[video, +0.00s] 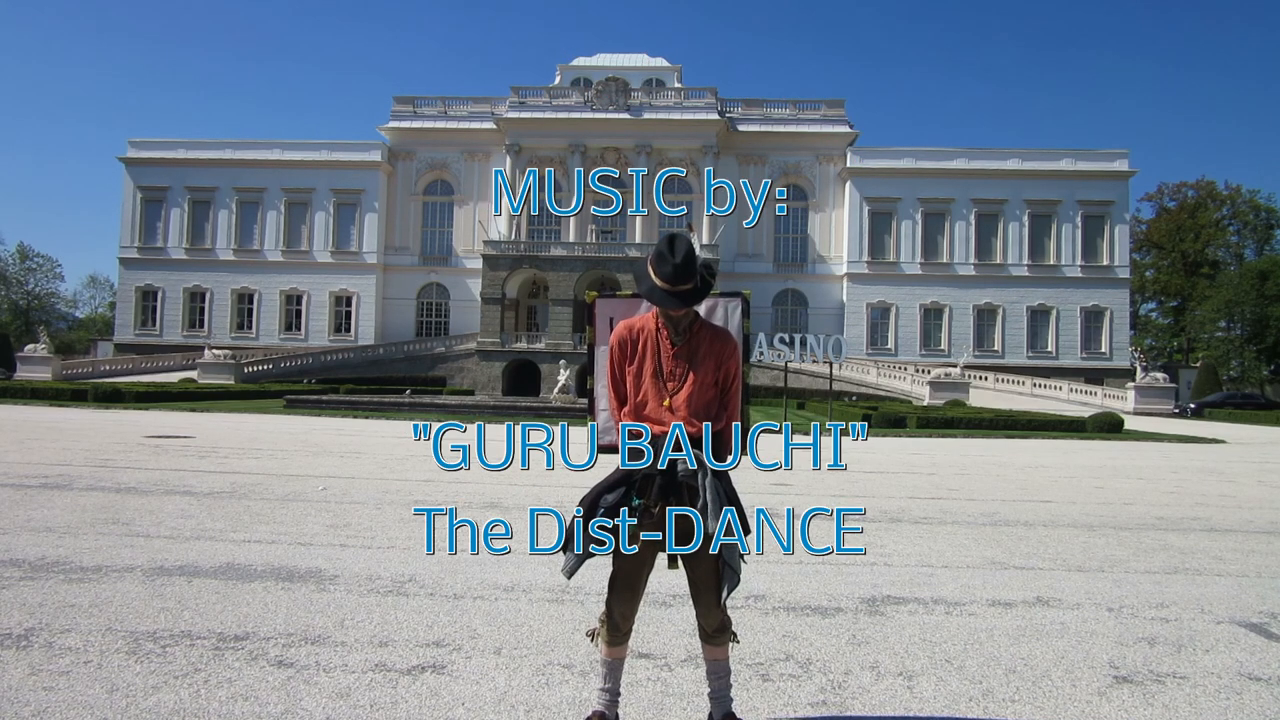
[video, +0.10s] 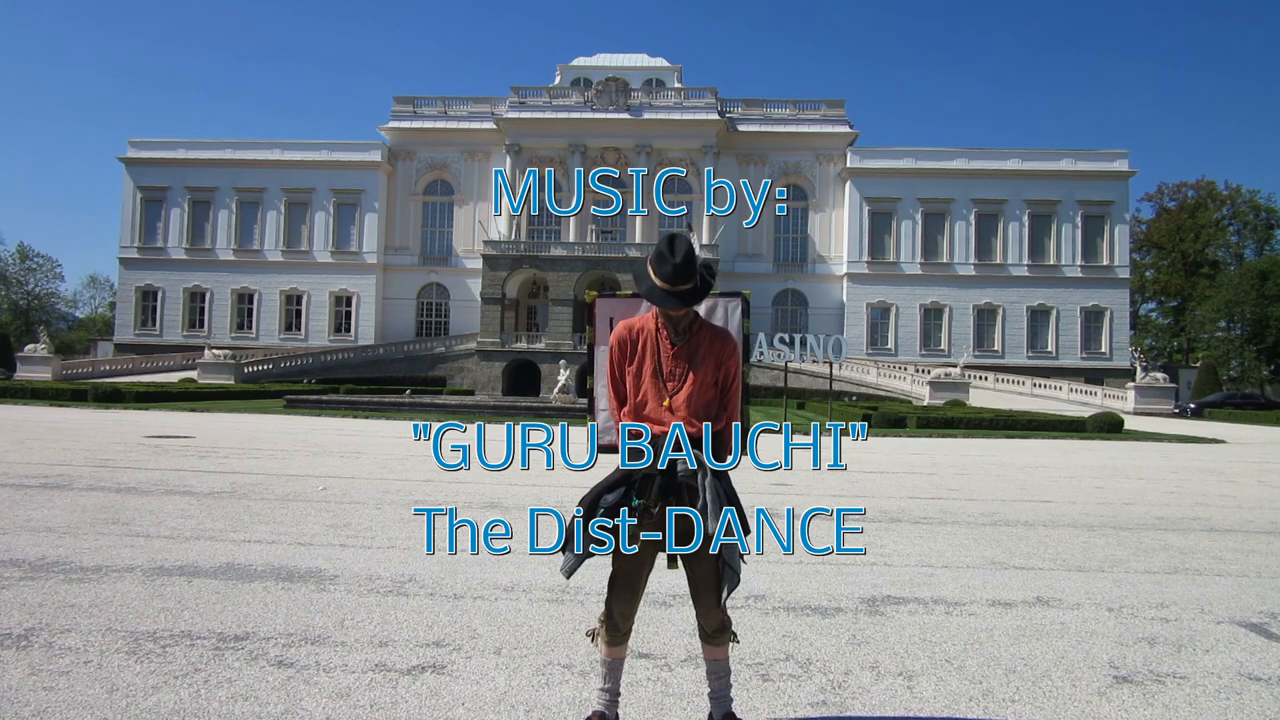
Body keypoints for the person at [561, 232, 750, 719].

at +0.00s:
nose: (677, 309)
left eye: (685, 300)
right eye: (668, 300)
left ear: (699, 292)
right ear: (652, 290)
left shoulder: (723, 344)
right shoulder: (626, 337)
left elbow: (730, 422)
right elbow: (619, 415)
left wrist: (707, 457)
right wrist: (650, 444)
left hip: (700, 488)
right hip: (642, 485)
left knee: (711, 602)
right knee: (622, 599)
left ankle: (722, 704)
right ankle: (608, 699)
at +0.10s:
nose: (676, 310)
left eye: (684, 300)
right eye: (667, 301)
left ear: (698, 292)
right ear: (652, 290)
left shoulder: (723, 344)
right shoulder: (626, 336)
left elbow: (729, 423)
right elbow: (618, 414)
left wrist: (706, 455)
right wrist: (649, 443)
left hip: (699, 488)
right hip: (642, 485)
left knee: (711, 603)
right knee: (622, 600)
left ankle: (722, 705)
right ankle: (607, 699)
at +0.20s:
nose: (676, 311)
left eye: (684, 301)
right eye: (667, 302)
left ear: (698, 293)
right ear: (652, 292)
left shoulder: (723, 345)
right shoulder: (626, 337)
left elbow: (730, 423)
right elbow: (620, 415)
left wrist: (708, 463)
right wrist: (648, 448)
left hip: (700, 489)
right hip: (642, 486)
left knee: (711, 603)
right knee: (622, 599)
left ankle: (721, 705)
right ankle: (607, 699)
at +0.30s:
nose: (676, 310)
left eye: (684, 300)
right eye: (667, 301)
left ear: (698, 292)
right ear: (652, 290)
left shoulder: (722, 344)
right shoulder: (626, 336)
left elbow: (729, 423)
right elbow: (618, 414)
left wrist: (706, 457)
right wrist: (649, 444)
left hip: (699, 489)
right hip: (642, 486)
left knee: (711, 603)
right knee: (622, 601)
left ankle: (722, 705)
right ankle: (607, 699)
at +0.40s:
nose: (677, 310)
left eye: (685, 300)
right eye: (668, 301)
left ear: (699, 292)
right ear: (652, 291)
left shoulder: (722, 345)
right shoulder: (626, 337)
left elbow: (730, 422)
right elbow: (620, 413)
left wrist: (709, 468)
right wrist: (650, 448)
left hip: (701, 491)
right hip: (642, 487)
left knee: (710, 603)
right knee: (622, 599)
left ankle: (721, 705)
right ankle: (607, 700)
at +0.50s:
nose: (677, 310)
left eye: (685, 300)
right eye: (668, 300)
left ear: (698, 291)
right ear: (652, 290)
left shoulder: (723, 345)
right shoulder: (626, 337)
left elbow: (730, 423)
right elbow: (620, 414)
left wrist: (707, 465)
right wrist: (653, 446)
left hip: (701, 492)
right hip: (642, 488)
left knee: (711, 604)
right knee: (621, 600)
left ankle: (721, 706)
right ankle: (607, 701)